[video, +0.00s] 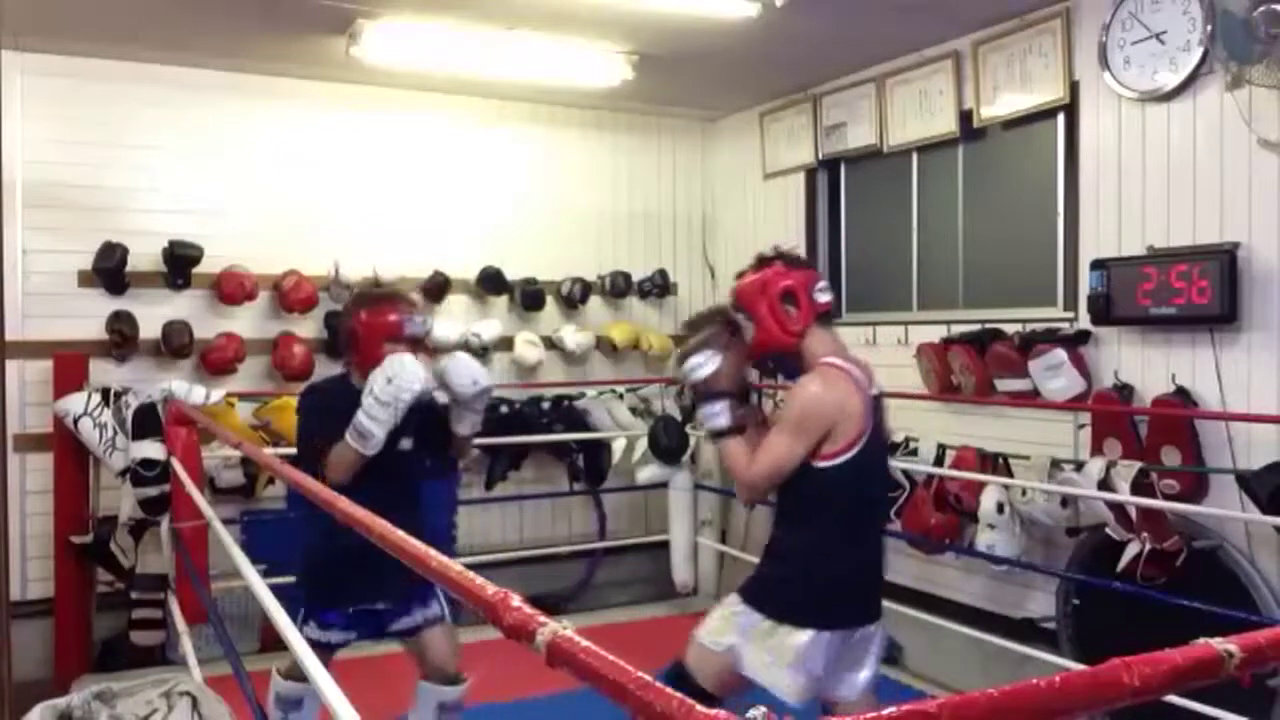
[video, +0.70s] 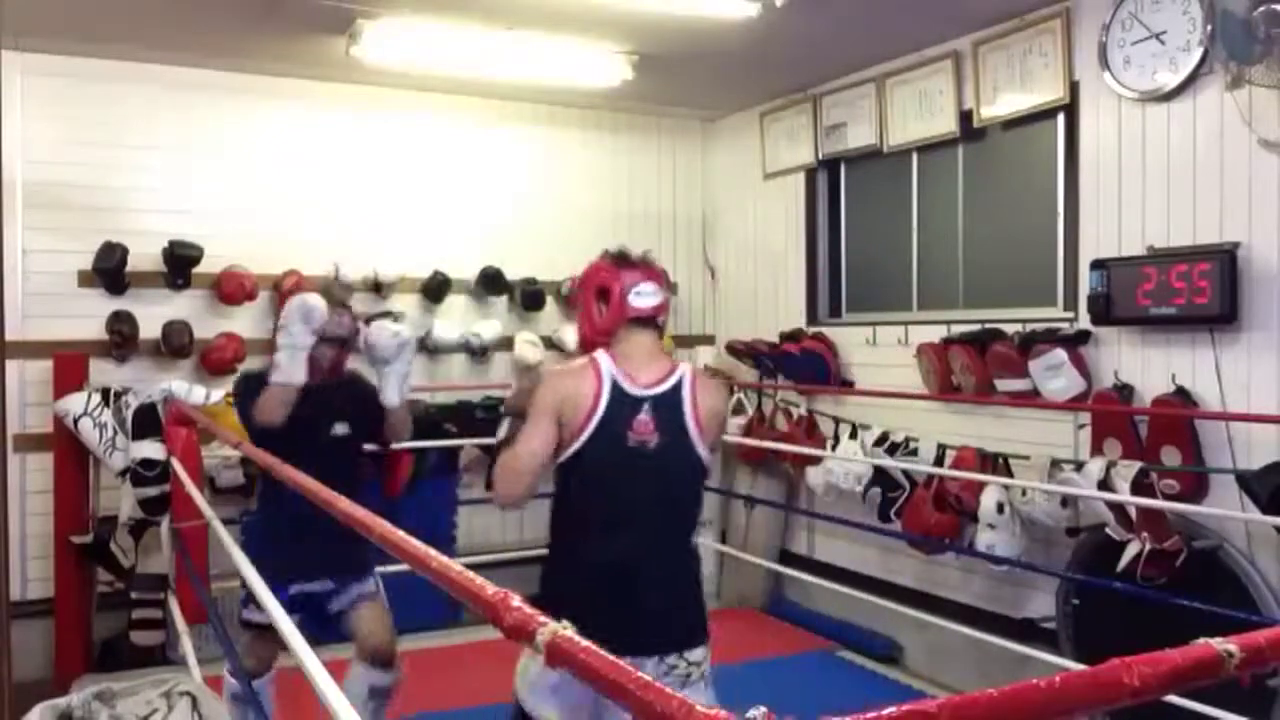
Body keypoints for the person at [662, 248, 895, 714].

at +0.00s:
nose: (752, 337)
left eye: (753, 324)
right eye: (748, 326)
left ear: (787, 313)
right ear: (801, 309)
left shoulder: (820, 389)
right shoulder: (855, 375)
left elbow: (751, 481)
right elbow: (775, 460)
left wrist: (720, 402)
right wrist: (740, 395)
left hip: (794, 596)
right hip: (856, 596)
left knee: (684, 690)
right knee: (850, 710)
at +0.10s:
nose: (722, 332)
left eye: (725, 317)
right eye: (720, 318)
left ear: (755, 310)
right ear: (774, 305)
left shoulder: (777, 387)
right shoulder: (833, 373)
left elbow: (729, 489)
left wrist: (685, 444)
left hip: (757, 594)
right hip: (828, 592)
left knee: (642, 663)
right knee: (843, 711)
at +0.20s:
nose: (669, 314)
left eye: (674, 300)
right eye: (669, 300)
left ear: (701, 300)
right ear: (734, 299)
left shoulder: (690, 371)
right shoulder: (793, 368)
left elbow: (611, 433)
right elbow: (809, 431)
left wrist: (574, 395)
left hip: (707, 579)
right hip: (786, 575)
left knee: (622, 666)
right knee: (831, 700)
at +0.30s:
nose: (610, 316)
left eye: (613, 306)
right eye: (613, 305)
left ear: (626, 312)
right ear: (683, 306)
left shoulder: (604, 370)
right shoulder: (738, 374)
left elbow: (530, 362)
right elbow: (752, 434)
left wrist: (462, 343)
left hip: (654, 586)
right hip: (739, 580)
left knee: (604, 699)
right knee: (802, 689)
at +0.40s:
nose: (575, 328)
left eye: (577, 317)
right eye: (575, 317)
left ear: (592, 317)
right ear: (651, 317)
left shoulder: (565, 374)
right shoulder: (702, 379)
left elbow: (478, 369)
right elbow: (712, 453)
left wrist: (463, 328)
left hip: (613, 590)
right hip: (700, 588)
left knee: (565, 705)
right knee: (793, 704)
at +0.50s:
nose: (565, 323)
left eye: (568, 311)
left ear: (580, 313)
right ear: (643, 315)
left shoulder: (553, 378)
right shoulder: (691, 381)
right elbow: (695, 440)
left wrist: (488, 390)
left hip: (589, 594)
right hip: (678, 591)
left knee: (542, 704)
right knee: (760, 708)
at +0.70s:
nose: (579, 321)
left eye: (584, 307)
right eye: (580, 308)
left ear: (601, 307)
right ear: (663, 313)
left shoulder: (567, 382)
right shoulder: (709, 393)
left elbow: (508, 488)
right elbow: (693, 460)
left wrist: (523, 408)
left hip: (576, 629)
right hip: (672, 630)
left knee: (547, 708)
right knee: (683, 713)